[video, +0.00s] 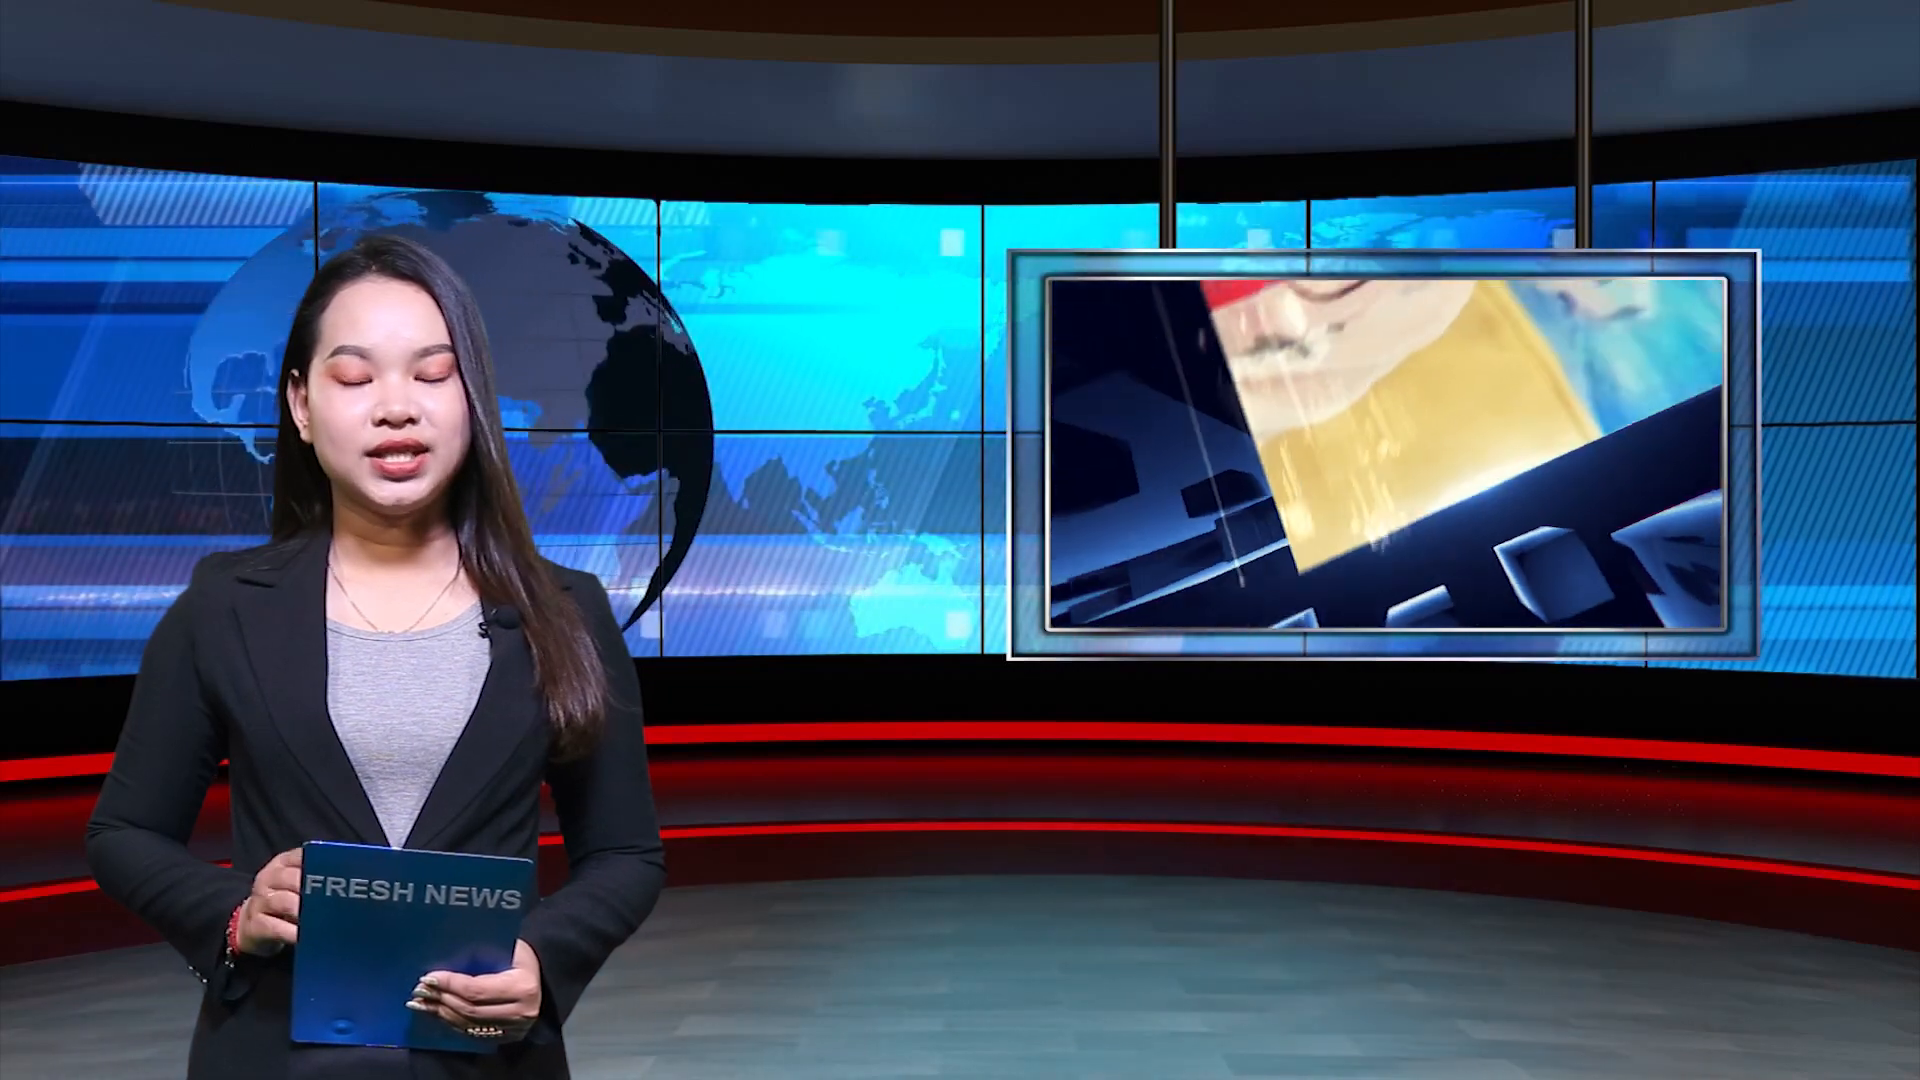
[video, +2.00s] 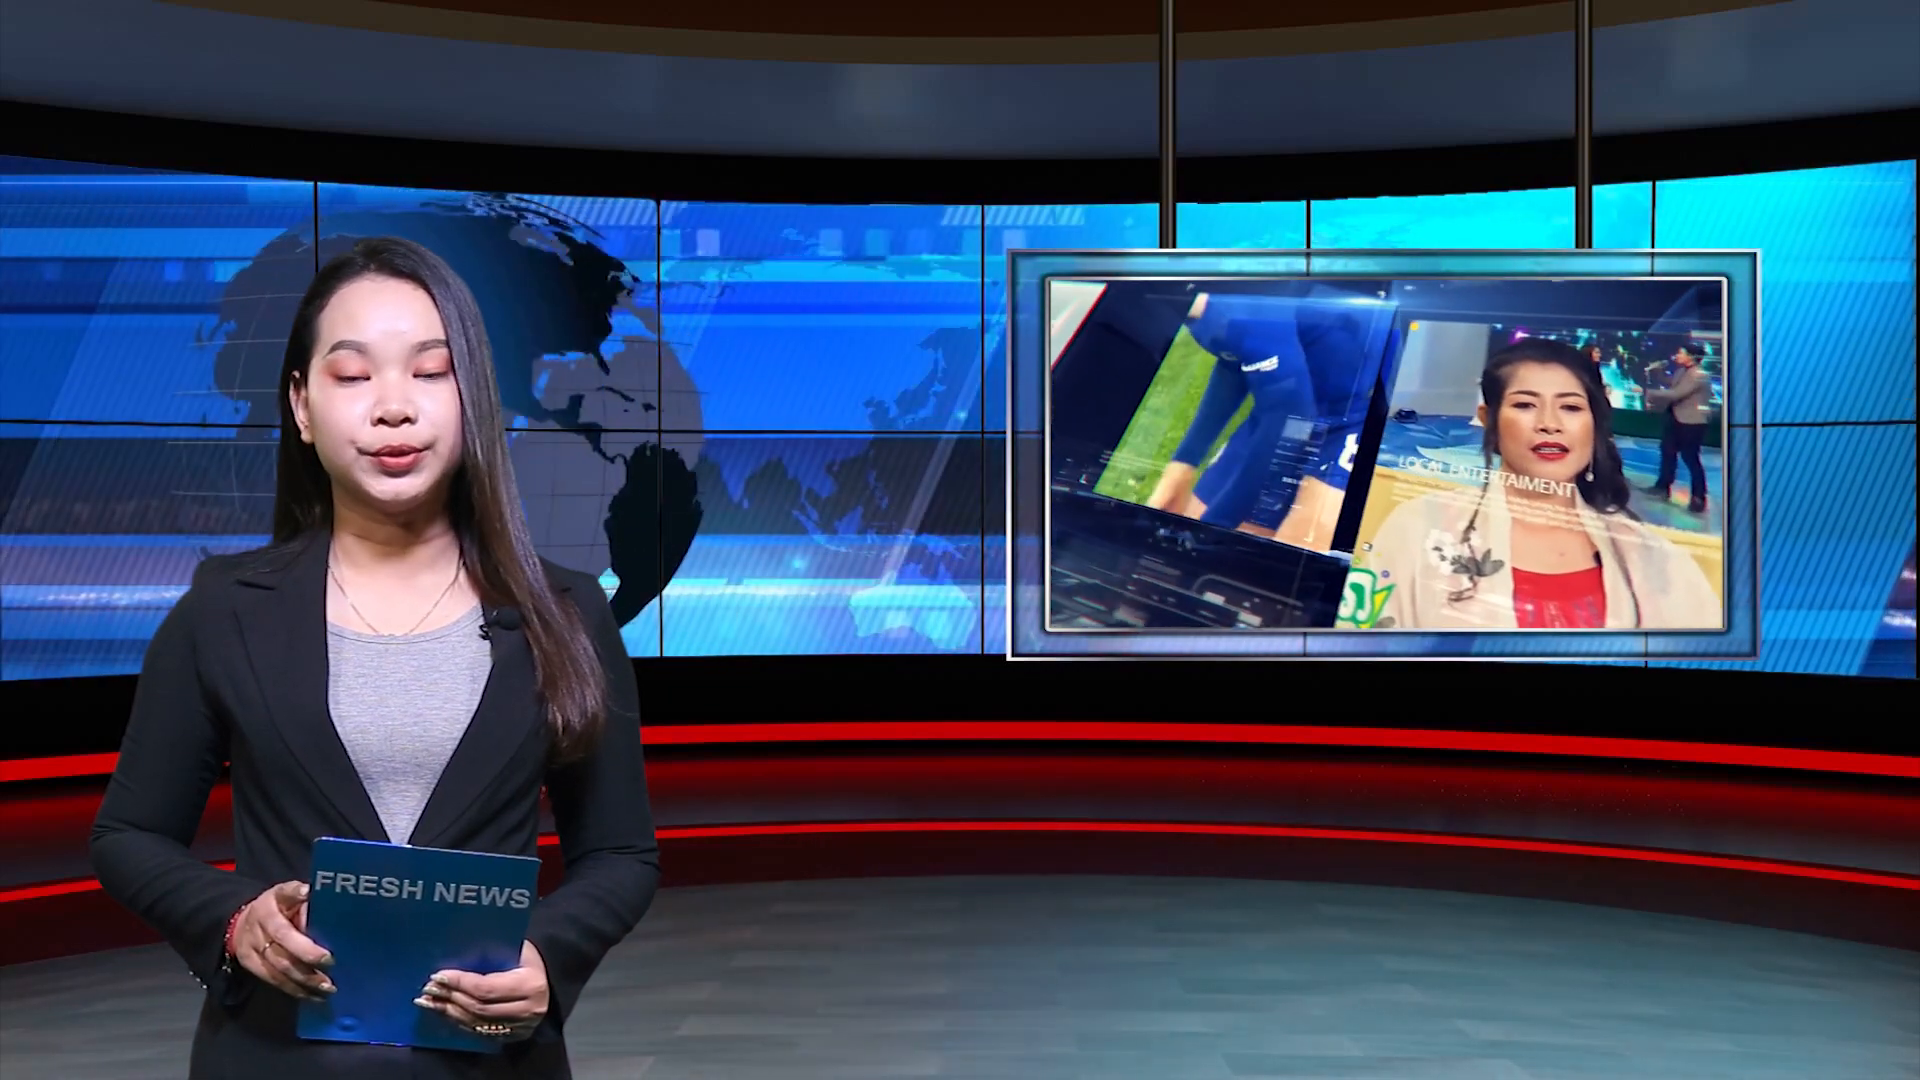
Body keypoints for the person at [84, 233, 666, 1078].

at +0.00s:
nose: (396, 407)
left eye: (430, 371)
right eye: (354, 375)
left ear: (472, 398)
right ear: (301, 406)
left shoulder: (563, 612)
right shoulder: (224, 609)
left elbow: (625, 856)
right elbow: (124, 833)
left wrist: (540, 962)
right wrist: (232, 907)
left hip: (490, 1048)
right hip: (274, 1052)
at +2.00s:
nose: (394, 406)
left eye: (429, 370)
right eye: (352, 373)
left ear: (471, 398)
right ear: (302, 406)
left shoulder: (561, 615)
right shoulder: (227, 610)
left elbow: (619, 855)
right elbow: (129, 836)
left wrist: (545, 961)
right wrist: (230, 918)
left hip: (491, 1052)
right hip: (276, 1054)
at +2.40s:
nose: (388, 409)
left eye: (424, 373)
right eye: (347, 376)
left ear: (467, 398)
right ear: (300, 408)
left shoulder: (561, 613)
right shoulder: (225, 611)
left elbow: (617, 855)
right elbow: (129, 837)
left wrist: (541, 961)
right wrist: (228, 916)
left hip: (488, 1050)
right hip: (275, 1053)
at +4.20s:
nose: (406, 415)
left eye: (440, 377)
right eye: (364, 378)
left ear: (478, 404)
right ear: (310, 407)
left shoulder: (563, 615)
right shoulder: (232, 611)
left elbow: (621, 856)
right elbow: (131, 839)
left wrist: (553, 960)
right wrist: (237, 916)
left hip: (497, 1052)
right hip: (282, 1053)